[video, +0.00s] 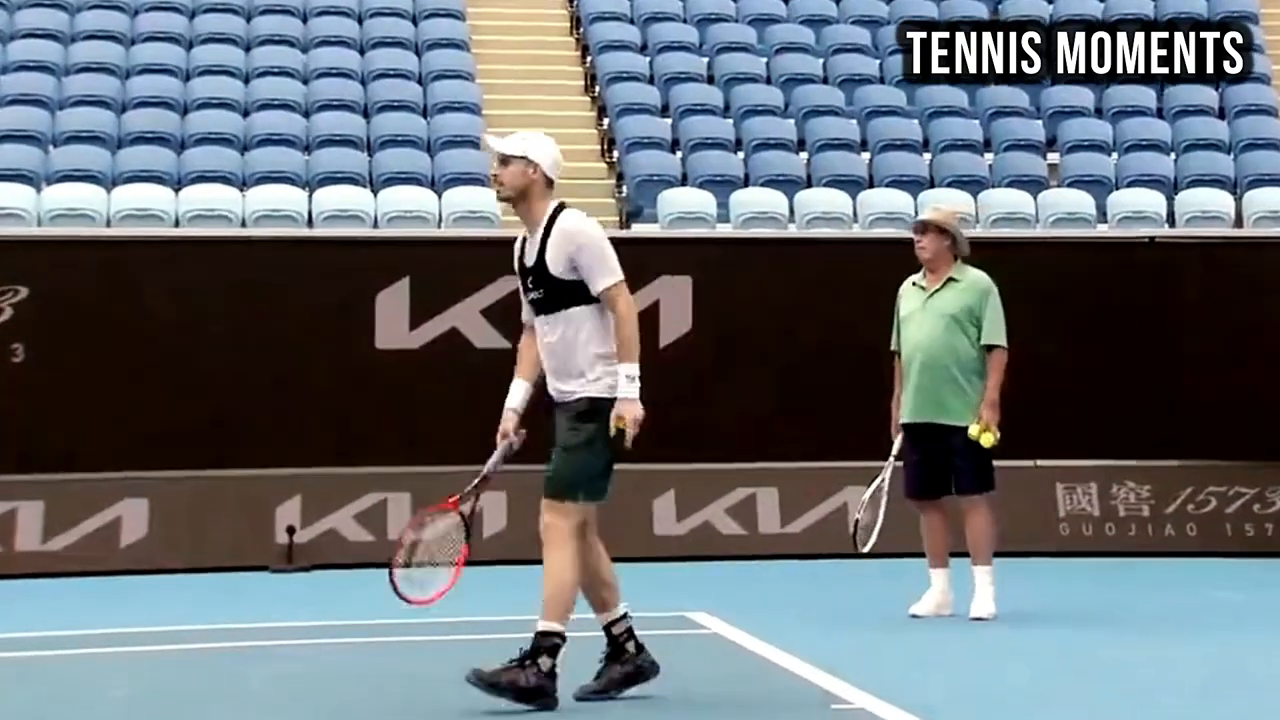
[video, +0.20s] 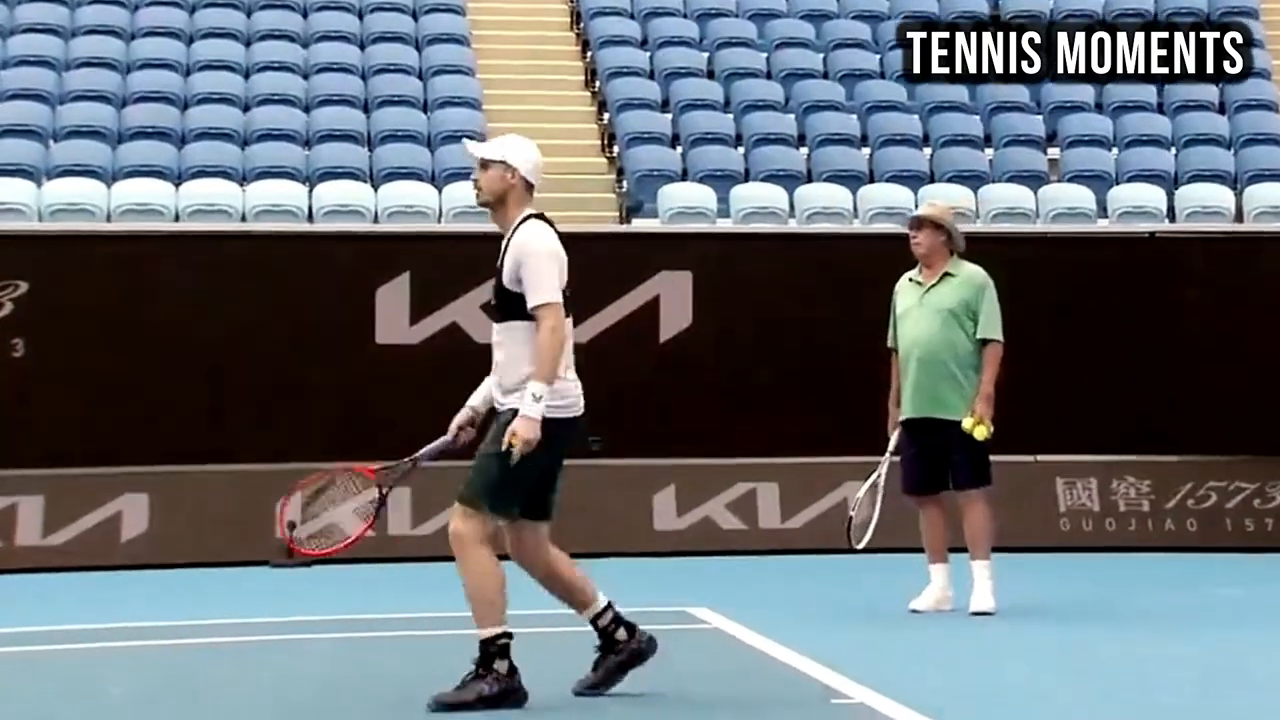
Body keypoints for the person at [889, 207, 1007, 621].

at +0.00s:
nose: (916, 240)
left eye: (924, 233)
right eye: (916, 234)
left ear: (948, 240)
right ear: (920, 243)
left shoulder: (979, 285)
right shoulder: (908, 289)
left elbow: (997, 349)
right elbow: (900, 356)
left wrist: (991, 399)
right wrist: (898, 408)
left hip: (965, 414)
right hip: (918, 414)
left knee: (973, 499)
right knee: (928, 502)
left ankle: (983, 588)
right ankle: (939, 589)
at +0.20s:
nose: (913, 236)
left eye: (921, 230)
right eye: (912, 231)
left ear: (944, 235)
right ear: (914, 239)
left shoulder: (975, 280)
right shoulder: (904, 285)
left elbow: (992, 343)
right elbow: (897, 354)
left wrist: (985, 393)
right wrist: (895, 410)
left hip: (962, 409)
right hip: (916, 409)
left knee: (971, 494)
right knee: (927, 497)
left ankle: (982, 582)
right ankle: (939, 585)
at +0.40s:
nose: (911, 233)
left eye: (919, 226)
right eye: (910, 227)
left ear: (943, 230)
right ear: (914, 234)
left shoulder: (974, 274)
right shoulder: (904, 281)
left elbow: (992, 337)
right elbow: (897, 349)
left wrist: (987, 389)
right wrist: (892, 403)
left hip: (962, 404)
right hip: (916, 405)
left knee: (971, 489)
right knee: (927, 492)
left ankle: (981, 577)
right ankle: (939, 579)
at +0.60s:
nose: (913, 225)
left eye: (921, 218)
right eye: (912, 219)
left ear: (945, 223)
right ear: (916, 227)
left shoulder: (977, 267)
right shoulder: (906, 274)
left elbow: (995, 330)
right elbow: (898, 342)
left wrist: (992, 382)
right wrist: (893, 395)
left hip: (965, 396)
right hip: (917, 397)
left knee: (972, 481)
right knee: (928, 484)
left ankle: (983, 568)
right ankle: (939, 571)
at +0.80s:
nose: (921, 218)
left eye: (929, 211)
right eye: (919, 212)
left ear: (952, 216)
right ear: (918, 219)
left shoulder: (982, 261)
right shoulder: (909, 267)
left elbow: (1002, 325)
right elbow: (901, 334)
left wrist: (997, 378)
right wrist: (896, 387)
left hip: (969, 389)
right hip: (921, 390)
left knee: (975, 475)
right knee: (931, 478)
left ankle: (985, 563)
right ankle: (941, 565)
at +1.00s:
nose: (930, 205)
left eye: (938, 198)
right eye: (928, 198)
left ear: (960, 203)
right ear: (926, 205)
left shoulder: (991, 249)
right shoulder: (915, 252)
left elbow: (1009, 314)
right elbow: (906, 318)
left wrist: (1005, 368)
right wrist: (903, 370)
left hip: (977, 377)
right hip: (928, 377)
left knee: (980, 463)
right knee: (936, 465)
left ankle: (986, 550)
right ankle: (942, 551)